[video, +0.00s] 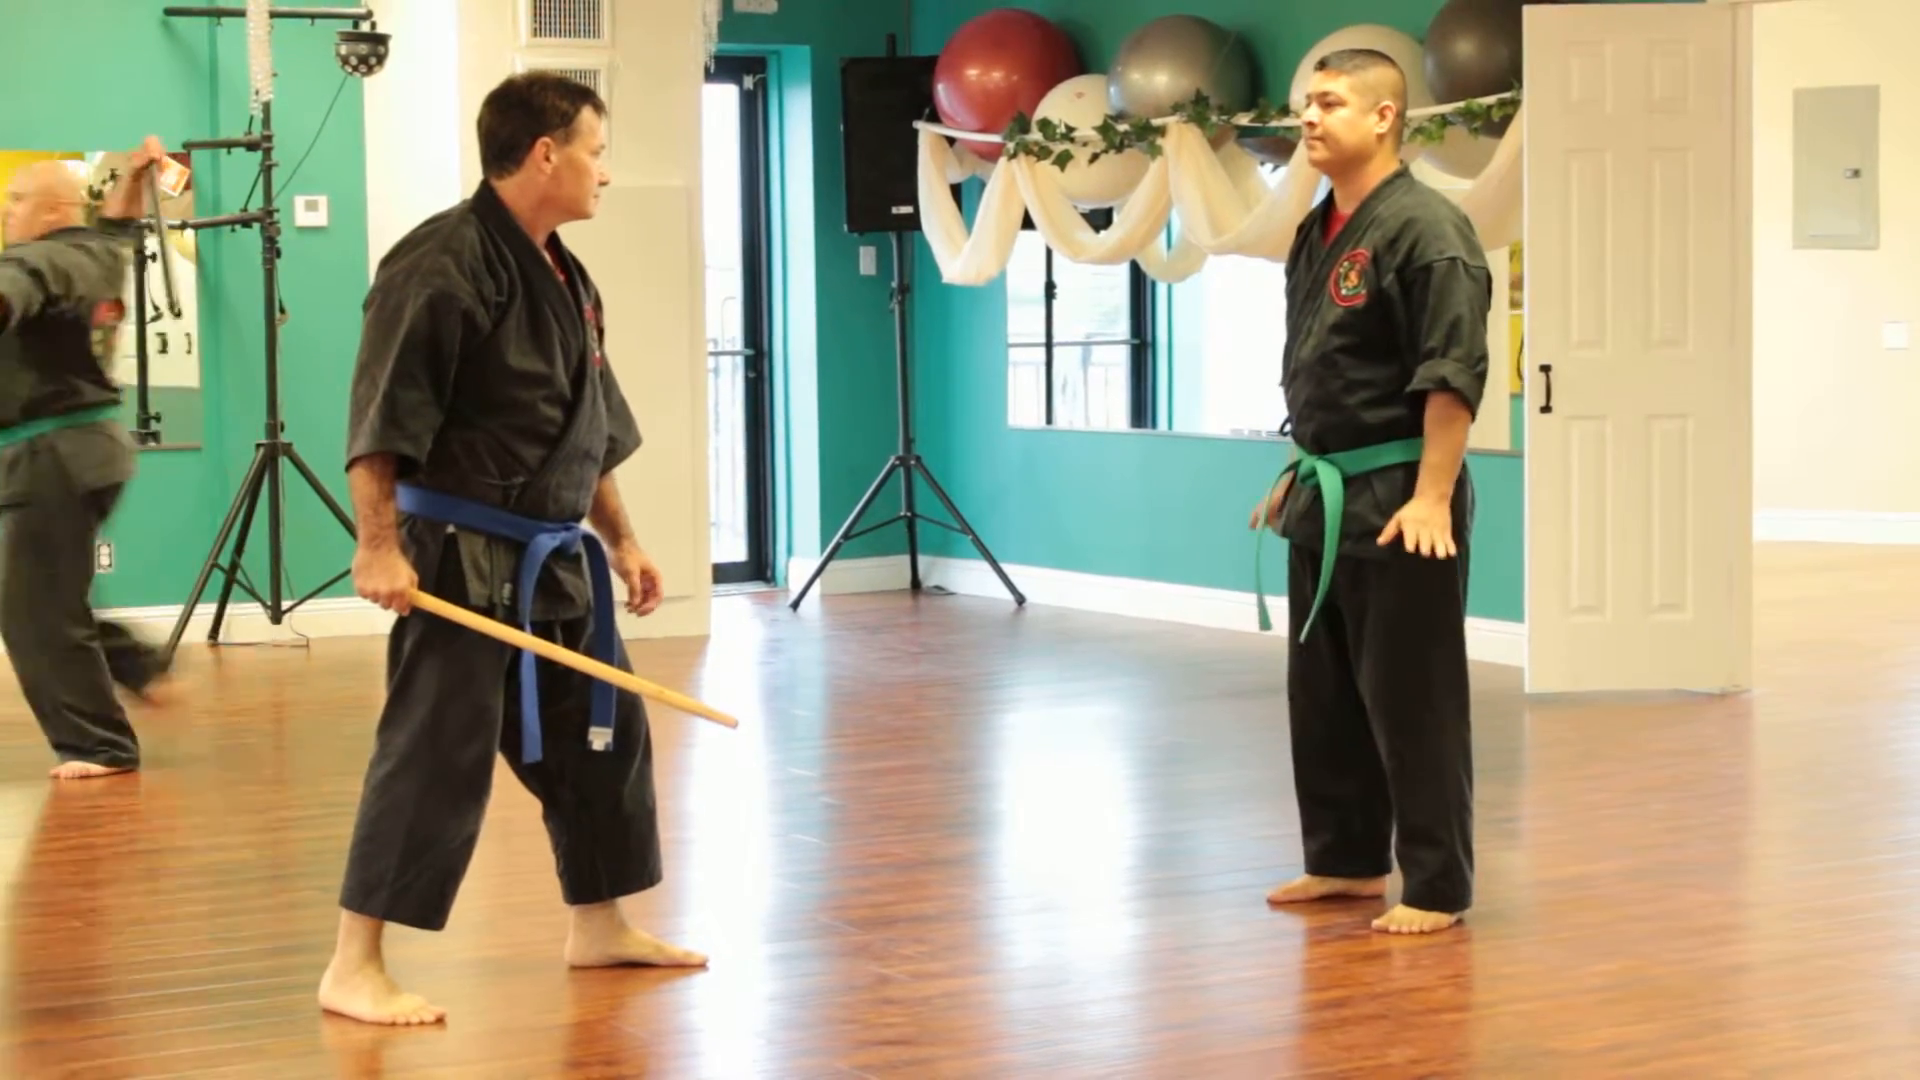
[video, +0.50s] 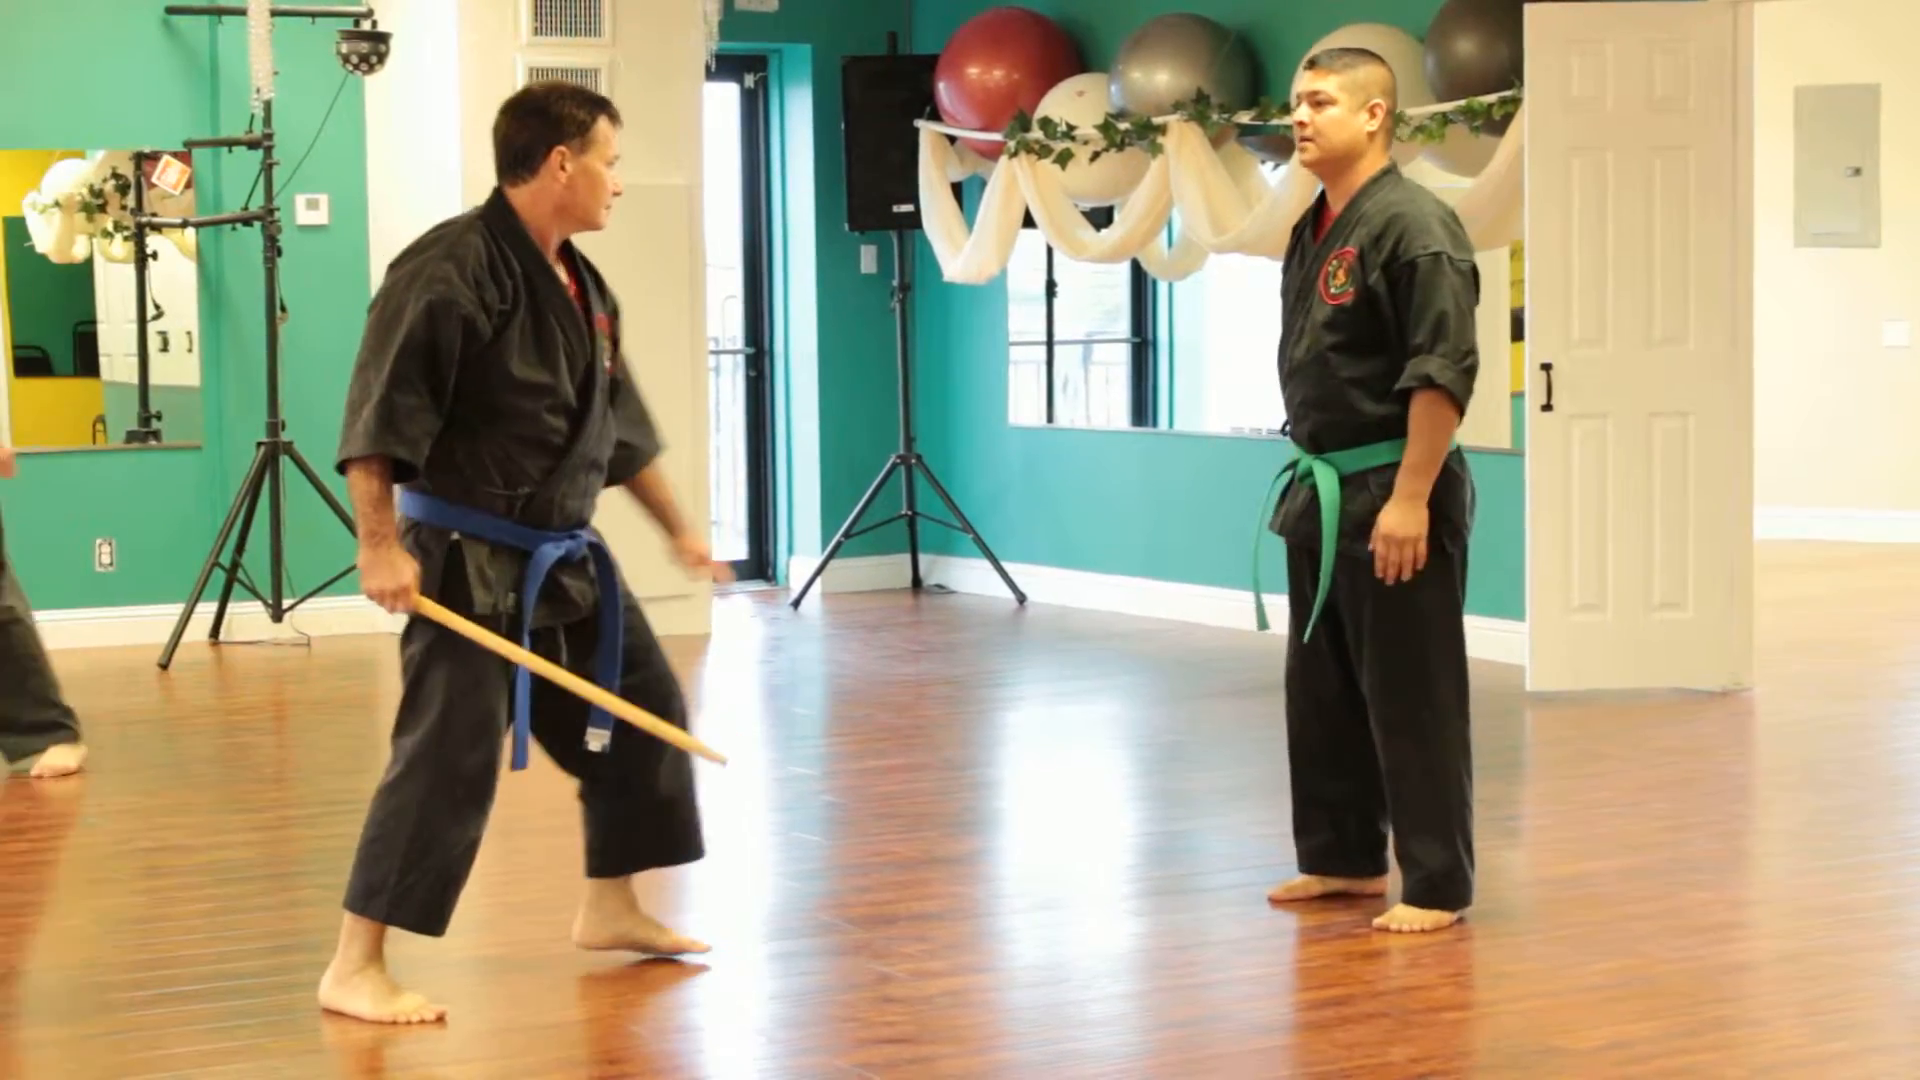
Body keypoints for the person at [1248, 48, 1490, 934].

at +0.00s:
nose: (1308, 119)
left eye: (1329, 104)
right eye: (1306, 106)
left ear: (1385, 118)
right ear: (1308, 123)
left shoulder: (1429, 226)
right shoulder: (1317, 230)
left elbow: (1453, 375)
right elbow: (1320, 366)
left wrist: (1432, 496)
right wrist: (1301, 468)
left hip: (1402, 481)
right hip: (1326, 481)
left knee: (1412, 689)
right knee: (1328, 683)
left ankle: (1436, 887)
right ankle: (1347, 861)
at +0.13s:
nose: (1308, 118)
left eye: (1329, 104)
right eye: (1306, 105)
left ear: (1385, 118)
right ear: (1310, 121)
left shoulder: (1429, 224)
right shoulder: (1318, 229)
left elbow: (1460, 370)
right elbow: (1325, 364)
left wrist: (1430, 485)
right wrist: (1301, 464)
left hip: (1403, 483)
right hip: (1326, 483)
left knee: (1412, 688)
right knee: (1328, 683)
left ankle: (1436, 886)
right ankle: (1347, 860)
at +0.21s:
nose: (1308, 118)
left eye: (1329, 103)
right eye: (1306, 104)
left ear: (1385, 117)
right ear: (1307, 121)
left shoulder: (1429, 223)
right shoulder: (1318, 227)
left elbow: (1458, 376)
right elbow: (1319, 360)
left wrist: (1423, 496)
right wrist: (1306, 471)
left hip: (1400, 479)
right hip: (1323, 477)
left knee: (1412, 690)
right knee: (1326, 683)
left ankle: (1437, 888)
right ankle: (1347, 861)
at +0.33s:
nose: (1305, 118)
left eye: (1325, 103)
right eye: (1303, 105)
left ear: (1383, 117)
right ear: (1306, 122)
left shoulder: (1425, 222)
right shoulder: (1317, 227)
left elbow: (1458, 371)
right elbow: (1319, 358)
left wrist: (1427, 491)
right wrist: (1307, 467)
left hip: (1399, 479)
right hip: (1323, 478)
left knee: (1414, 691)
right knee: (1328, 683)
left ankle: (1436, 888)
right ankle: (1343, 861)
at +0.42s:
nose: (1302, 118)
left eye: (1323, 103)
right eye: (1301, 104)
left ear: (1380, 117)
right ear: (1303, 122)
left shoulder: (1422, 222)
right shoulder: (1316, 226)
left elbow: (1452, 371)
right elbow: (1317, 357)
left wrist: (1418, 492)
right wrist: (1305, 462)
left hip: (1400, 478)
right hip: (1325, 477)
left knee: (1414, 692)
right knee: (1328, 683)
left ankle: (1437, 888)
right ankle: (1344, 860)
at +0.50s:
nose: (1299, 118)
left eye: (1319, 102)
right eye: (1297, 104)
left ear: (1375, 116)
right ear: (1301, 121)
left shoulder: (1416, 222)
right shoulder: (1314, 225)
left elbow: (1443, 373)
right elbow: (1316, 360)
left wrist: (1412, 496)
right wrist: (1304, 470)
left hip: (1398, 479)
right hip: (1325, 479)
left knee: (1412, 691)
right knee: (1327, 684)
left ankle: (1437, 887)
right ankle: (1345, 861)